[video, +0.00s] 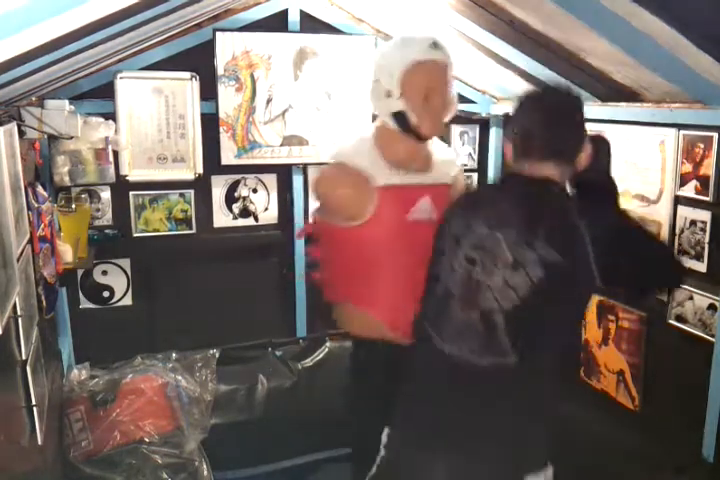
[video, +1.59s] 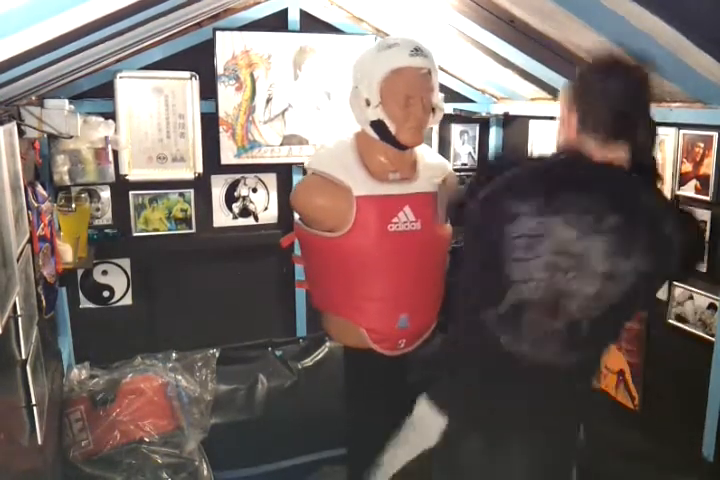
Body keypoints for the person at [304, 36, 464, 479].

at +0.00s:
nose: (447, 104)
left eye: (447, 91)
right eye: (433, 91)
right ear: (395, 95)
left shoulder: (449, 174)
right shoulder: (344, 177)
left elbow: (466, 261)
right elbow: (342, 283)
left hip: (435, 349)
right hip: (370, 351)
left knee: (424, 457)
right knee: (364, 456)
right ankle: (363, 468)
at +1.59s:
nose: (423, 111)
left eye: (427, 99)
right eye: (407, 99)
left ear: (435, 103)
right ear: (368, 103)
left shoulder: (440, 177)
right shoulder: (326, 184)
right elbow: (321, 285)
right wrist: (355, 322)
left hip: (429, 348)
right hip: (364, 358)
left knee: (428, 454)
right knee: (371, 460)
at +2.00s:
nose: (456, 112)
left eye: (456, 99)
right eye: (445, 97)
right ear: (402, 98)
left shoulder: (455, 182)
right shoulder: (336, 178)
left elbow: (463, 266)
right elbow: (318, 273)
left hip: (434, 357)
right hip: (365, 362)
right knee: (373, 468)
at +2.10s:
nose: (410, 99)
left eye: (408, 87)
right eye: (394, 87)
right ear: (353, 98)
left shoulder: (428, 176)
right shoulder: (305, 185)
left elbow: (428, 258)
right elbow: (313, 276)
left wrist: (414, 311)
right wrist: (345, 325)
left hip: (416, 347)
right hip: (347, 357)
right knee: (366, 466)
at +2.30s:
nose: (435, 113)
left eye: (441, 101)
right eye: (421, 100)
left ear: (448, 106)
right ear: (383, 101)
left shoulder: (449, 179)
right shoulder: (331, 180)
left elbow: (457, 260)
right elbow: (324, 275)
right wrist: (374, 318)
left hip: (431, 356)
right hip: (366, 362)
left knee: (428, 461)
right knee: (373, 467)